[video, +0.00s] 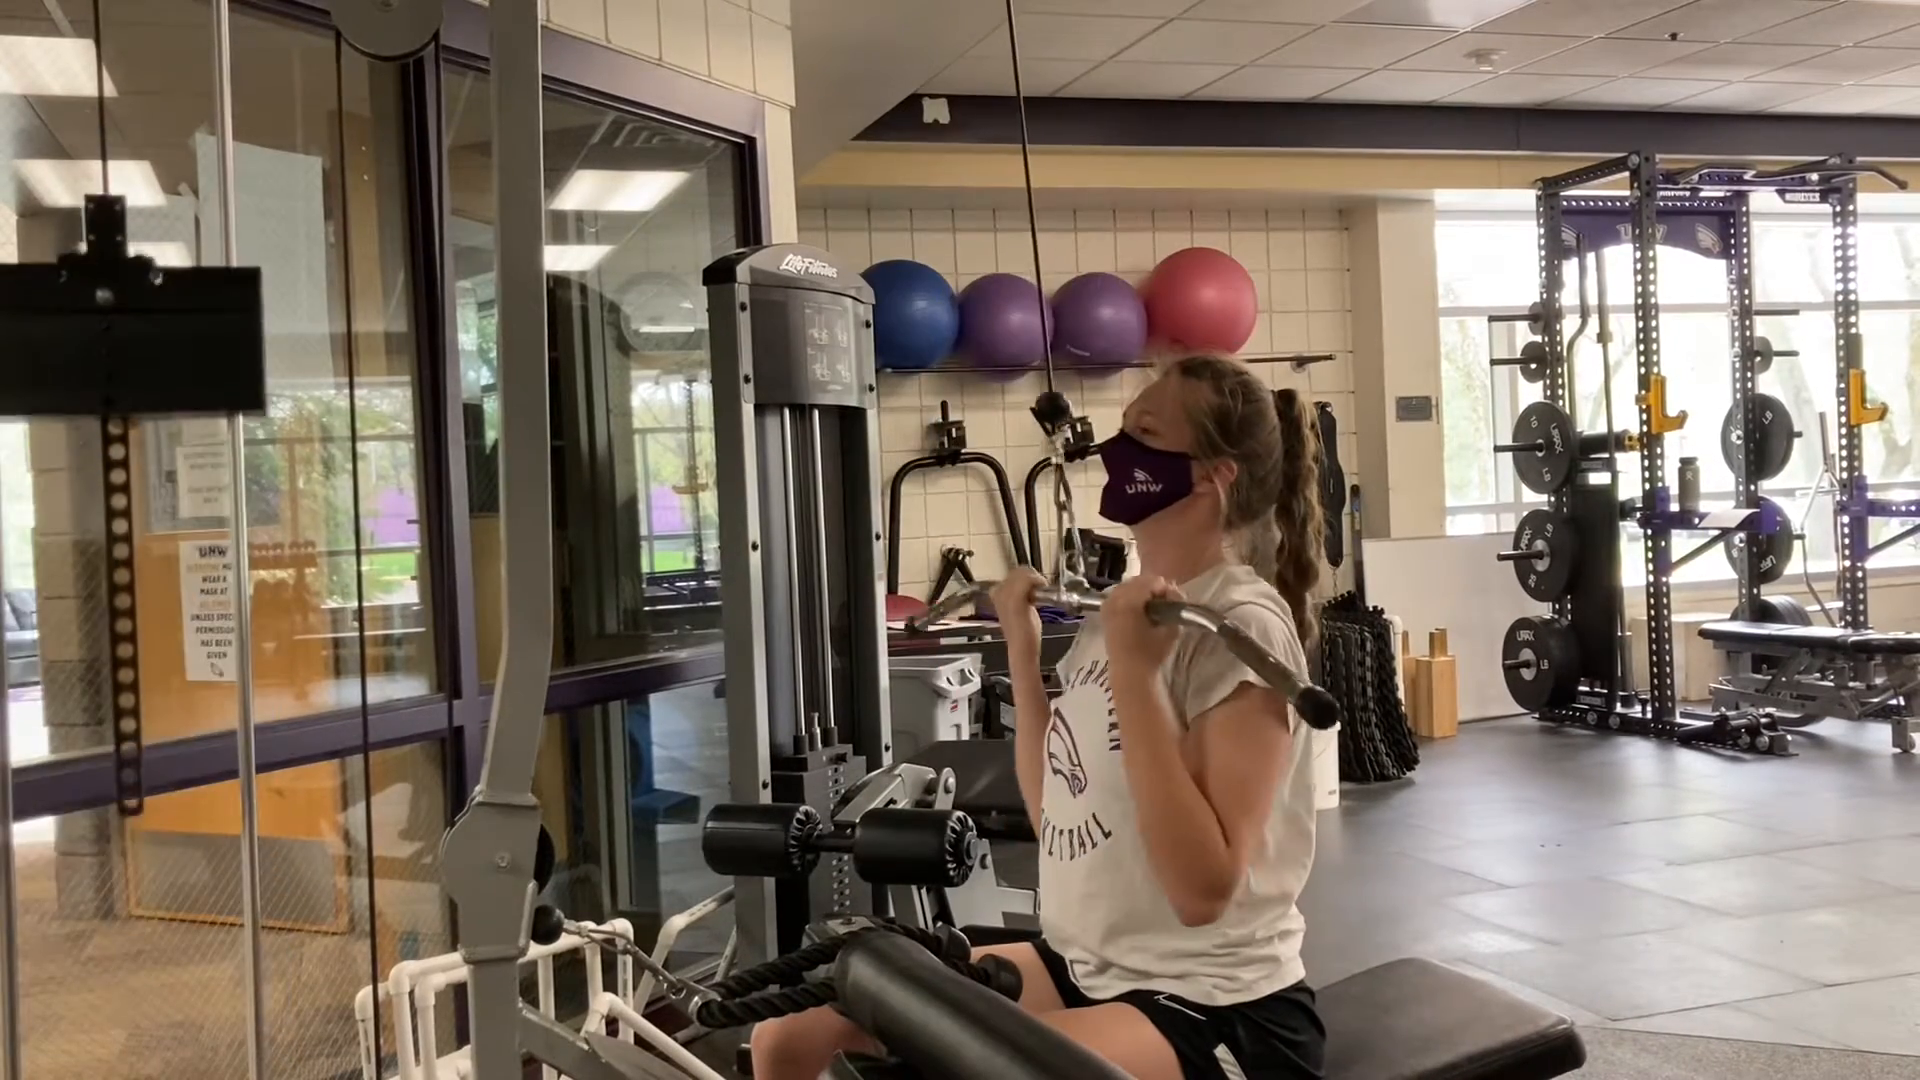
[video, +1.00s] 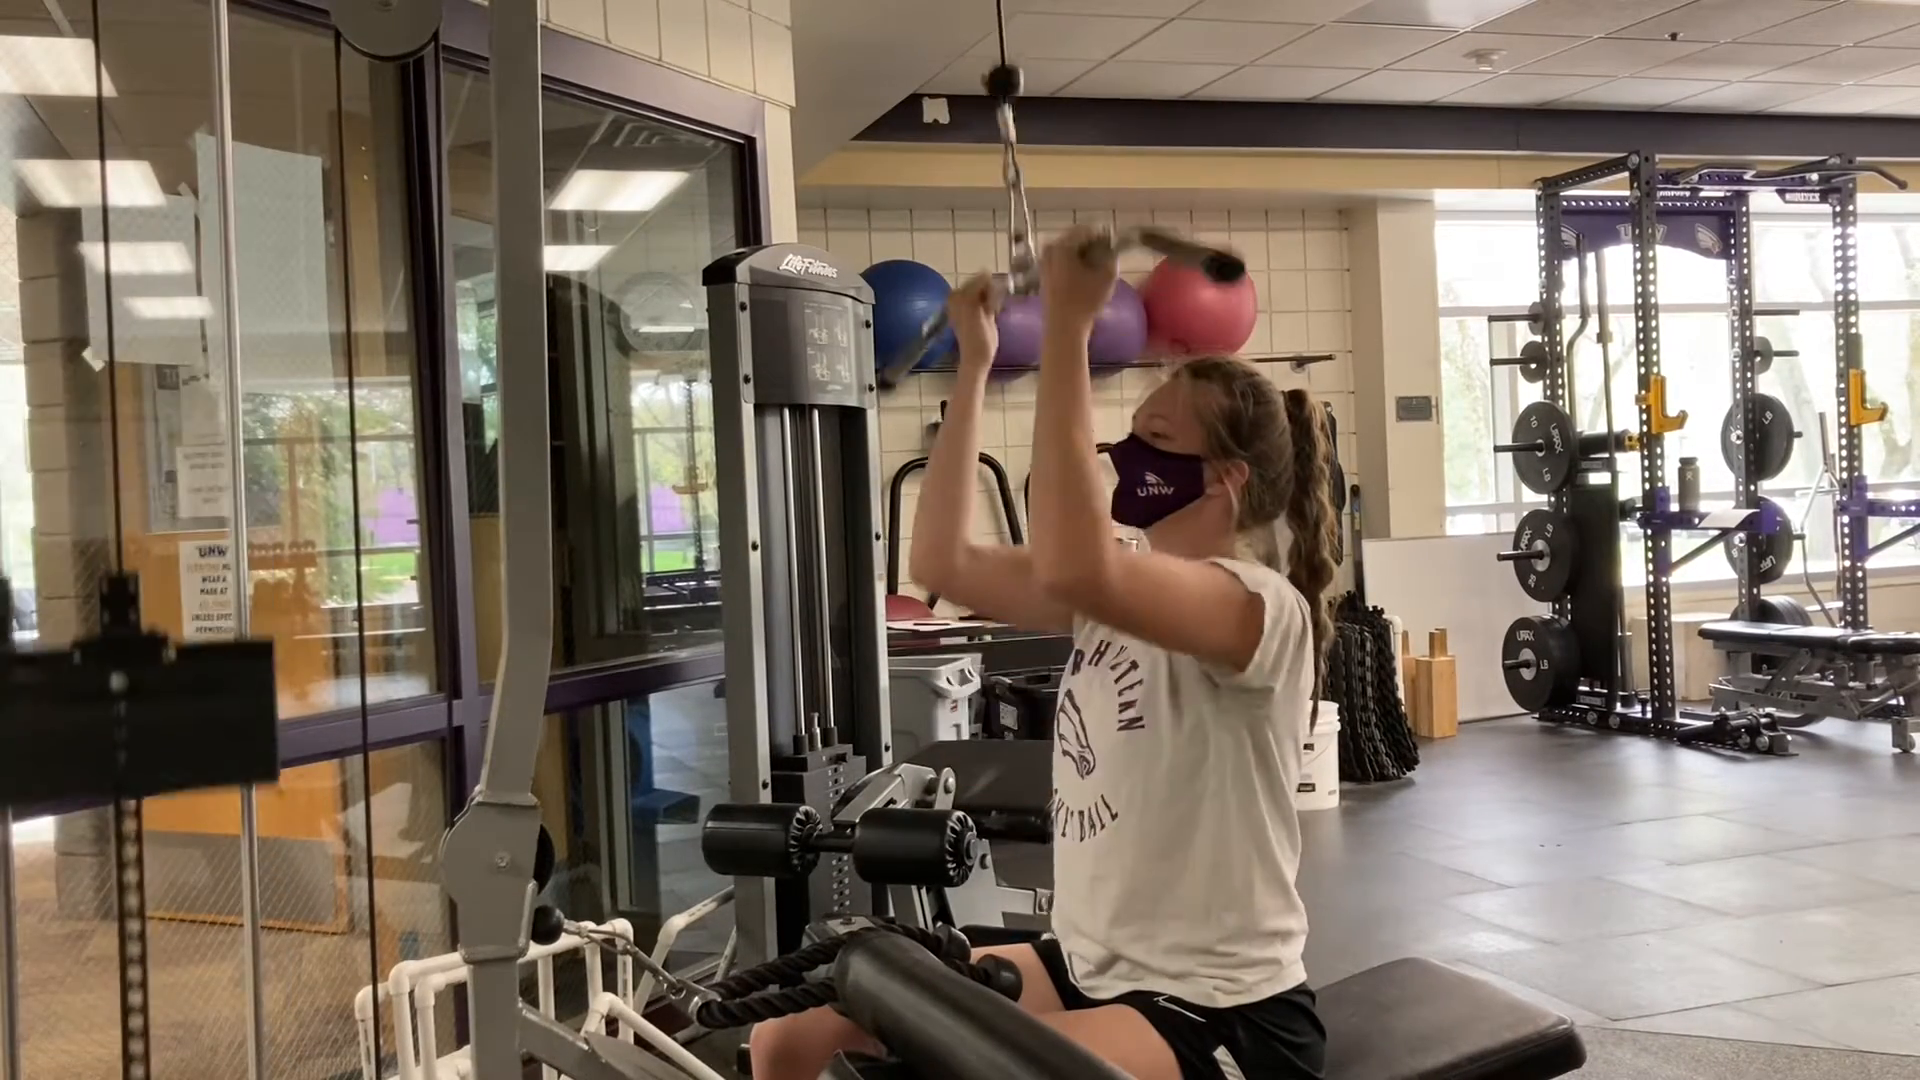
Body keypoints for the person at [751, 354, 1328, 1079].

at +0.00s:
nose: (1114, 450)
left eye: (1143, 437)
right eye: (1123, 430)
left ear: (1217, 477)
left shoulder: (1244, 625)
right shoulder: (1122, 611)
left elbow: (1204, 887)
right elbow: (1050, 805)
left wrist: (1131, 670)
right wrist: (1022, 647)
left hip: (1217, 1003)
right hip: (1091, 963)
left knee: (966, 1065)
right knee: (788, 1042)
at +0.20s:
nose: (1114, 450)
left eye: (1143, 436)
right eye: (1123, 431)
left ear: (1217, 478)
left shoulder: (1244, 628)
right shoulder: (1124, 614)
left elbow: (1230, 900)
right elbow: (1058, 797)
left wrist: (1142, 678)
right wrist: (1027, 648)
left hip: (1217, 1004)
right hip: (1086, 964)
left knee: (966, 1065)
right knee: (788, 1042)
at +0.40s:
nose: (1117, 454)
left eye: (1148, 440)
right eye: (1125, 434)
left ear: (1222, 478)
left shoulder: (1241, 621)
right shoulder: (1113, 610)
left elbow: (1193, 882)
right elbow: (1040, 830)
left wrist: (1129, 659)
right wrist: (1013, 649)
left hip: (1217, 1005)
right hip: (1085, 964)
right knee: (786, 1044)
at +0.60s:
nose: (1125, 463)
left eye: (1155, 448)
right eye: (1129, 441)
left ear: (1227, 480)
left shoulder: (1248, 620)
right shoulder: (1112, 612)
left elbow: (1145, 842)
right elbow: (999, 793)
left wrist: (1111, 604)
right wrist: (998, 608)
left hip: (1220, 1004)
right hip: (1084, 964)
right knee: (786, 1043)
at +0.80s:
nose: (1130, 452)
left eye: (1157, 435)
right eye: (1135, 429)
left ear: (1223, 485)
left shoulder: (1255, 612)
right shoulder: (1119, 601)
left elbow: (1088, 734)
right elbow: (953, 704)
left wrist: (1084, 497)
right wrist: (981, 509)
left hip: (1219, 1004)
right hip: (1084, 965)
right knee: (787, 1043)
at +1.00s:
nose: (1119, 462)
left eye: (1150, 449)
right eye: (1127, 443)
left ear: (1227, 481)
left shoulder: (1263, 609)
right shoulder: (1114, 580)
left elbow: (1080, 571)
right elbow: (941, 562)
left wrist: (1066, 333)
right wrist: (973, 366)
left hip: (1224, 1011)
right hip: (1090, 964)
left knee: (975, 1066)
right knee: (790, 1041)